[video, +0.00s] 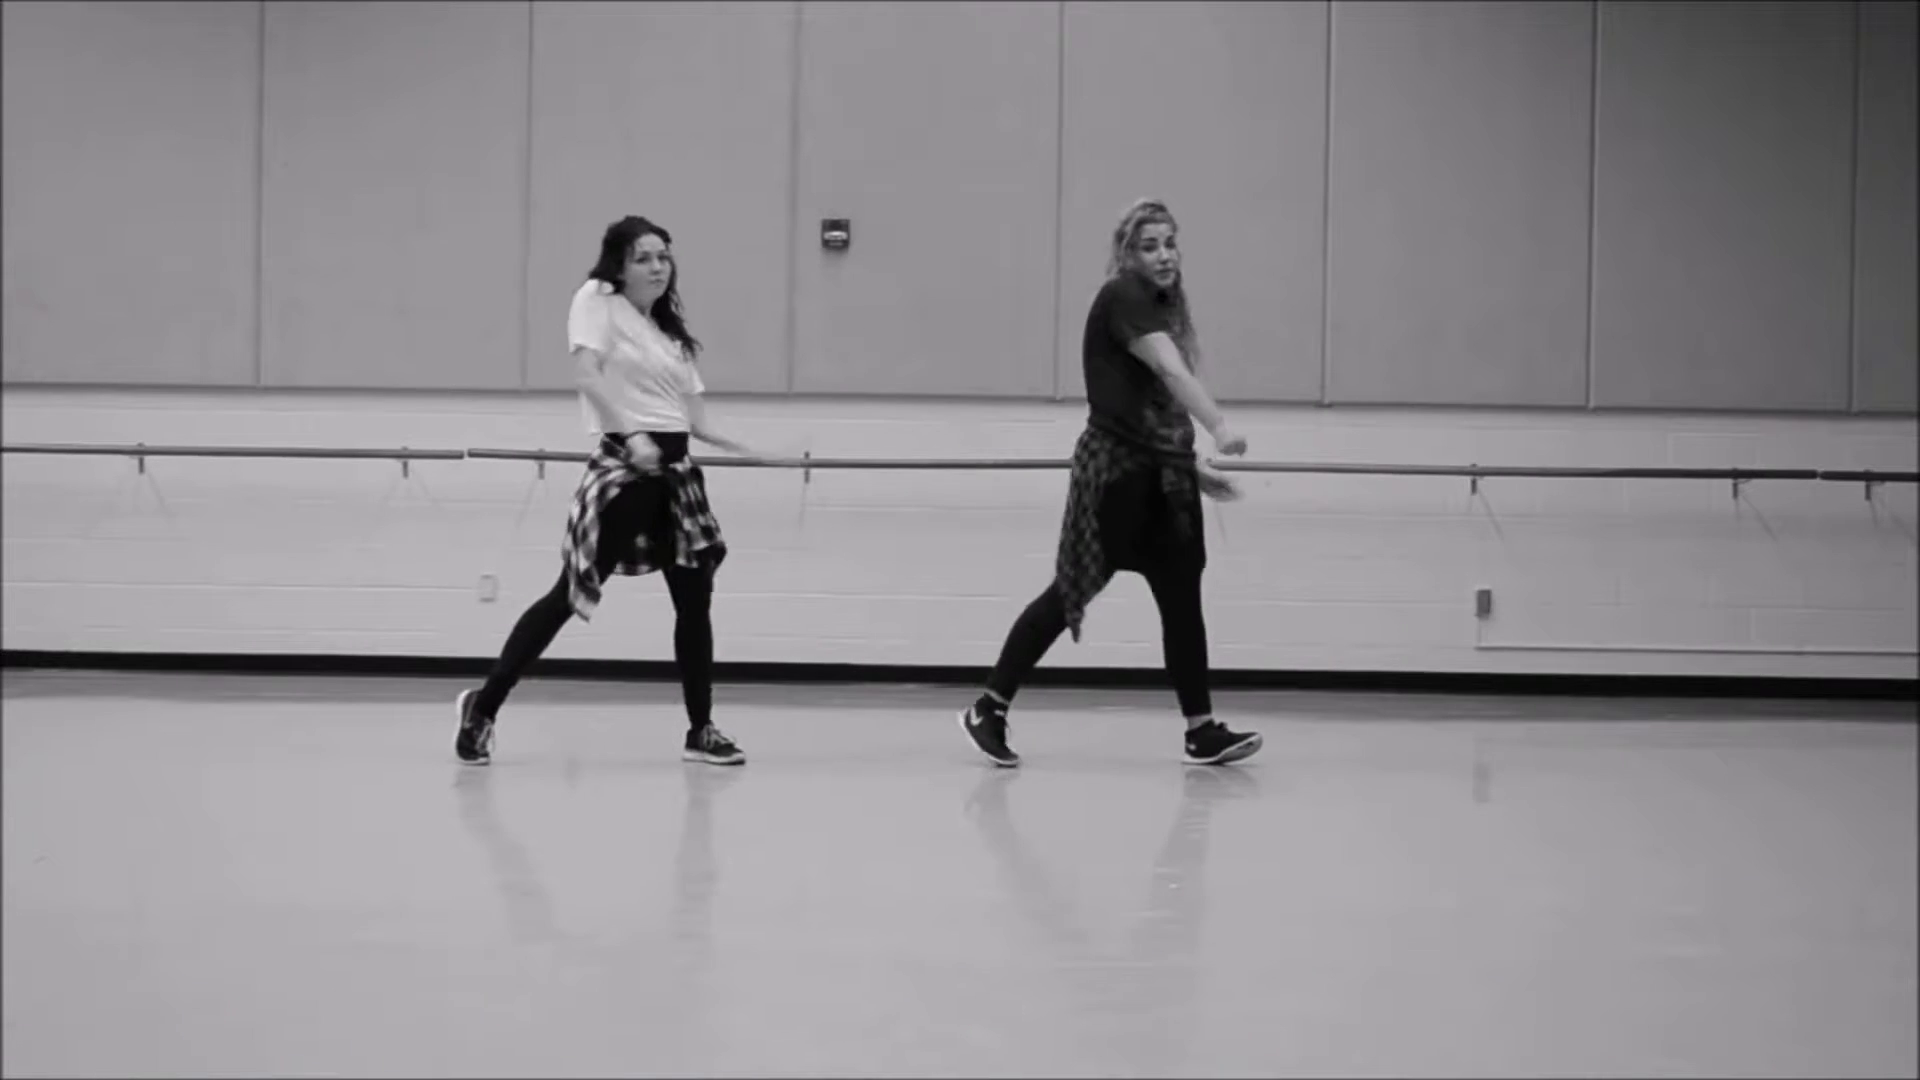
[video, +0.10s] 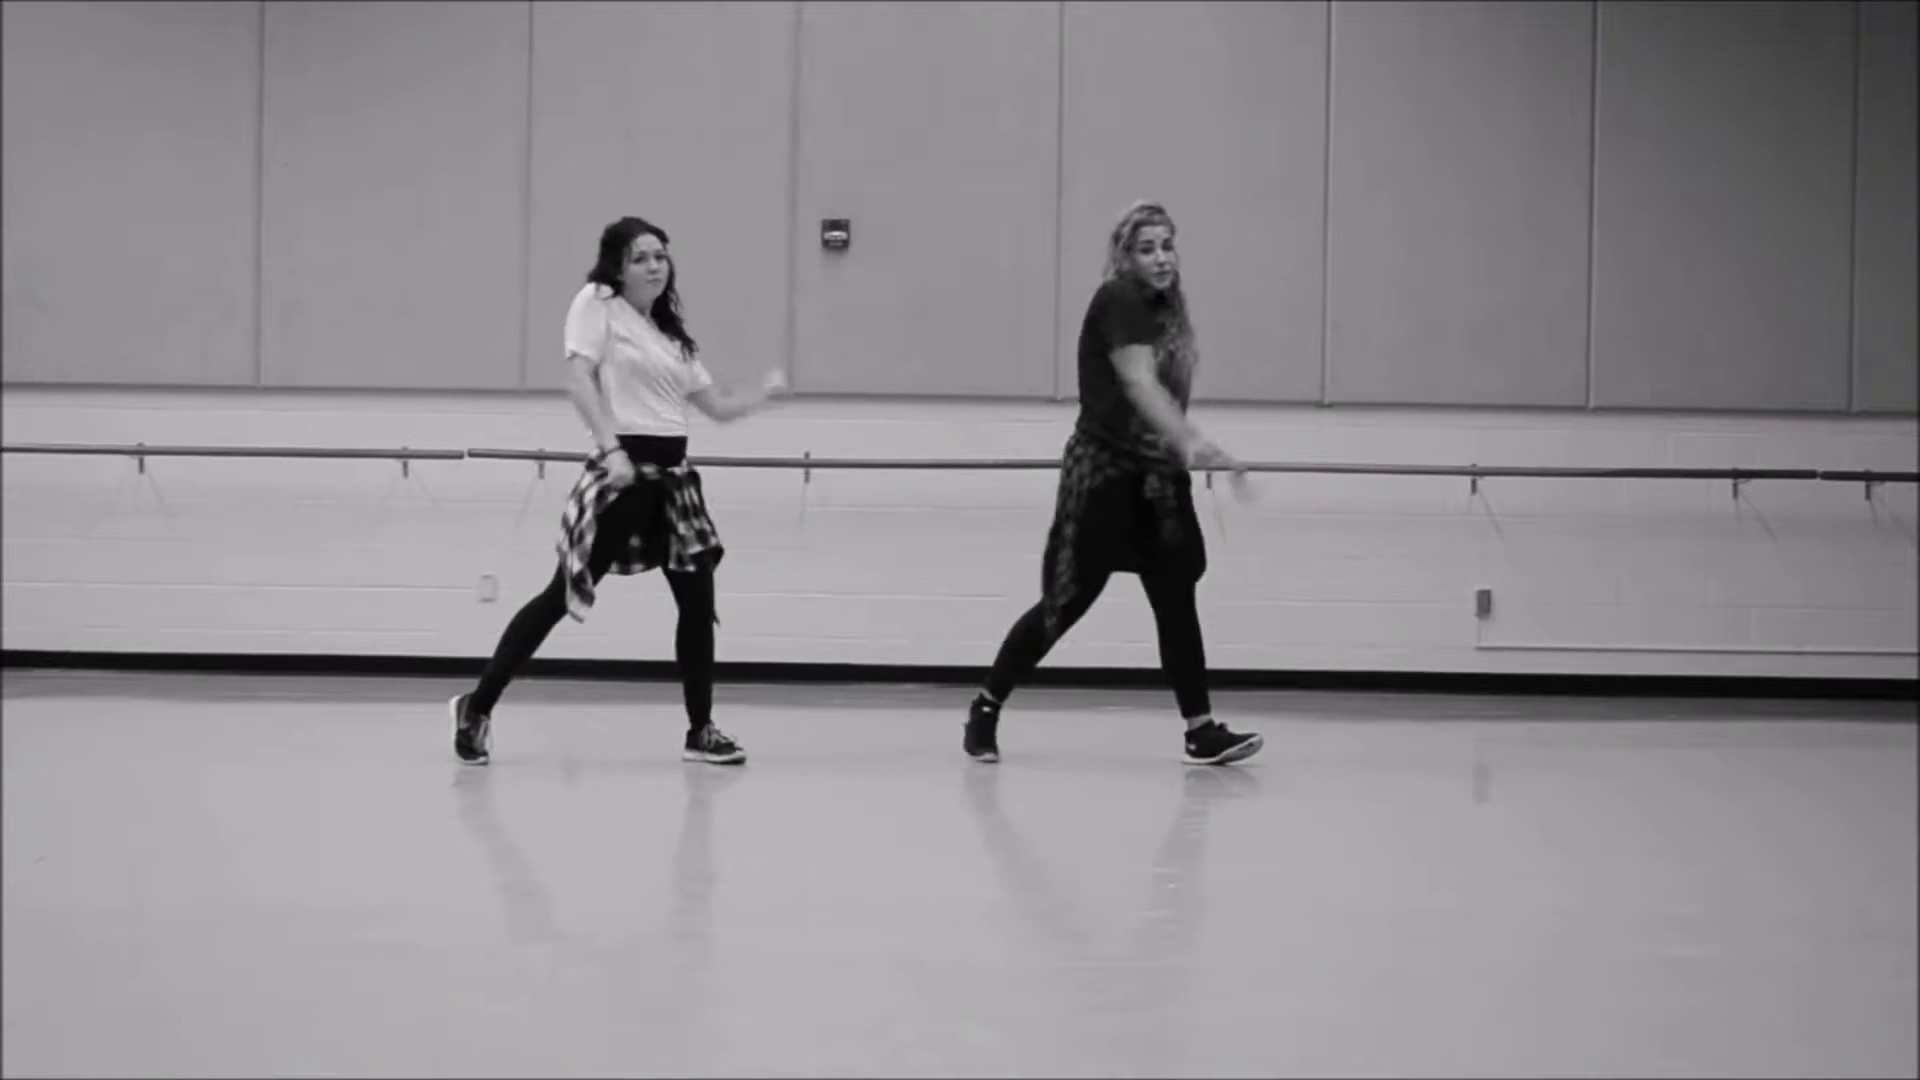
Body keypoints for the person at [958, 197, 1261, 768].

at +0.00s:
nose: (1164, 254)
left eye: (1170, 244)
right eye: (1150, 246)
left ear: (1178, 249)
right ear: (1127, 254)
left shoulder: (1169, 307)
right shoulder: (1123, 297)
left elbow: (1163, 403)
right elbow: (1169, 370)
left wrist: (1191, 464)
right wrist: (1219, 426)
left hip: (1165, 472)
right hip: (1114, 469)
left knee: (1181, 601)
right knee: (1072, 591)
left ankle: (1201, 729)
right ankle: (989, 706)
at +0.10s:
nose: (1161, 257)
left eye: (1168, 246)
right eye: (1147, 249)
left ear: (1176, 252)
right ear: (1124, 257)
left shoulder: (1168, 308)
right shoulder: (1118, 302)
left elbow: (1164, 394)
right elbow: (1139, 386)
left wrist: (1189, 448)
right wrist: (1192, 441)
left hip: (1156, 477)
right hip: (1102, 476)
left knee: (1175, 600)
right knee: (1067, 600)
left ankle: (1200, 728)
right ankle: (988, 703)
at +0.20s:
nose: (1155, 259)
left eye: (1162, 249)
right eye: (1143, 251)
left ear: (1172, 255)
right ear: (1122, 260)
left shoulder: (1165, 316)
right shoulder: (1105, 311)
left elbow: (1162, 407)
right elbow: (1083, 397)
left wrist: (1220, 420)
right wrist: (1118, 464)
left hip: (1150, 471)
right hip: (1087, 469)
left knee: (1174, 601)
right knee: (1051, 606)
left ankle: (1201, 729)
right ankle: (987, 720)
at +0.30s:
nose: (1143, 260)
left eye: (1151, 249)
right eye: (1130, 250)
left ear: (1161, 257)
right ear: (1108, 259)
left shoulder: (1155, 316)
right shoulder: (1075, 308)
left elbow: (1184, 386)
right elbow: (1013, 378)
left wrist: (1199, 375)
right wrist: (1042, 448)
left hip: (1143, 488)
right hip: (1068, 485)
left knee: (1181, 609)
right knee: (1028, 612)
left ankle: (1211, 725)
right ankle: (984, 723)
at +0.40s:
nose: (1125, 265)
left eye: (1132, 254)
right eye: (1112, 255)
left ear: (1142, 261)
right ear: (1089, 262)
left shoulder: (1152, 321)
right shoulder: (1048, 320)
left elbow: (1201, 379)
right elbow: (1008, 389)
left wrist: (1127, 361)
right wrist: (1027, 439)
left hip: (1134, 488)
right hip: (1055, 489)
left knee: (1184, 600)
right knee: (1027, 611)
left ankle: (1225, 715)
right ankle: (985, 723)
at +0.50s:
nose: (1109, 264)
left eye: (1117, 253)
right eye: (1096, 254)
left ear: (1128, 259)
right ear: (1076, 263)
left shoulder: (1152, 316)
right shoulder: (1052, 328)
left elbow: (1167, 380)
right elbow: (1050, 414)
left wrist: (1086, 356)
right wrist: (1019, 442)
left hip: (1133, 485)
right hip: (1059, 486)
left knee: (1184, 598)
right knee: (1028, 609)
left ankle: (1212, 720)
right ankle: (985, 723)